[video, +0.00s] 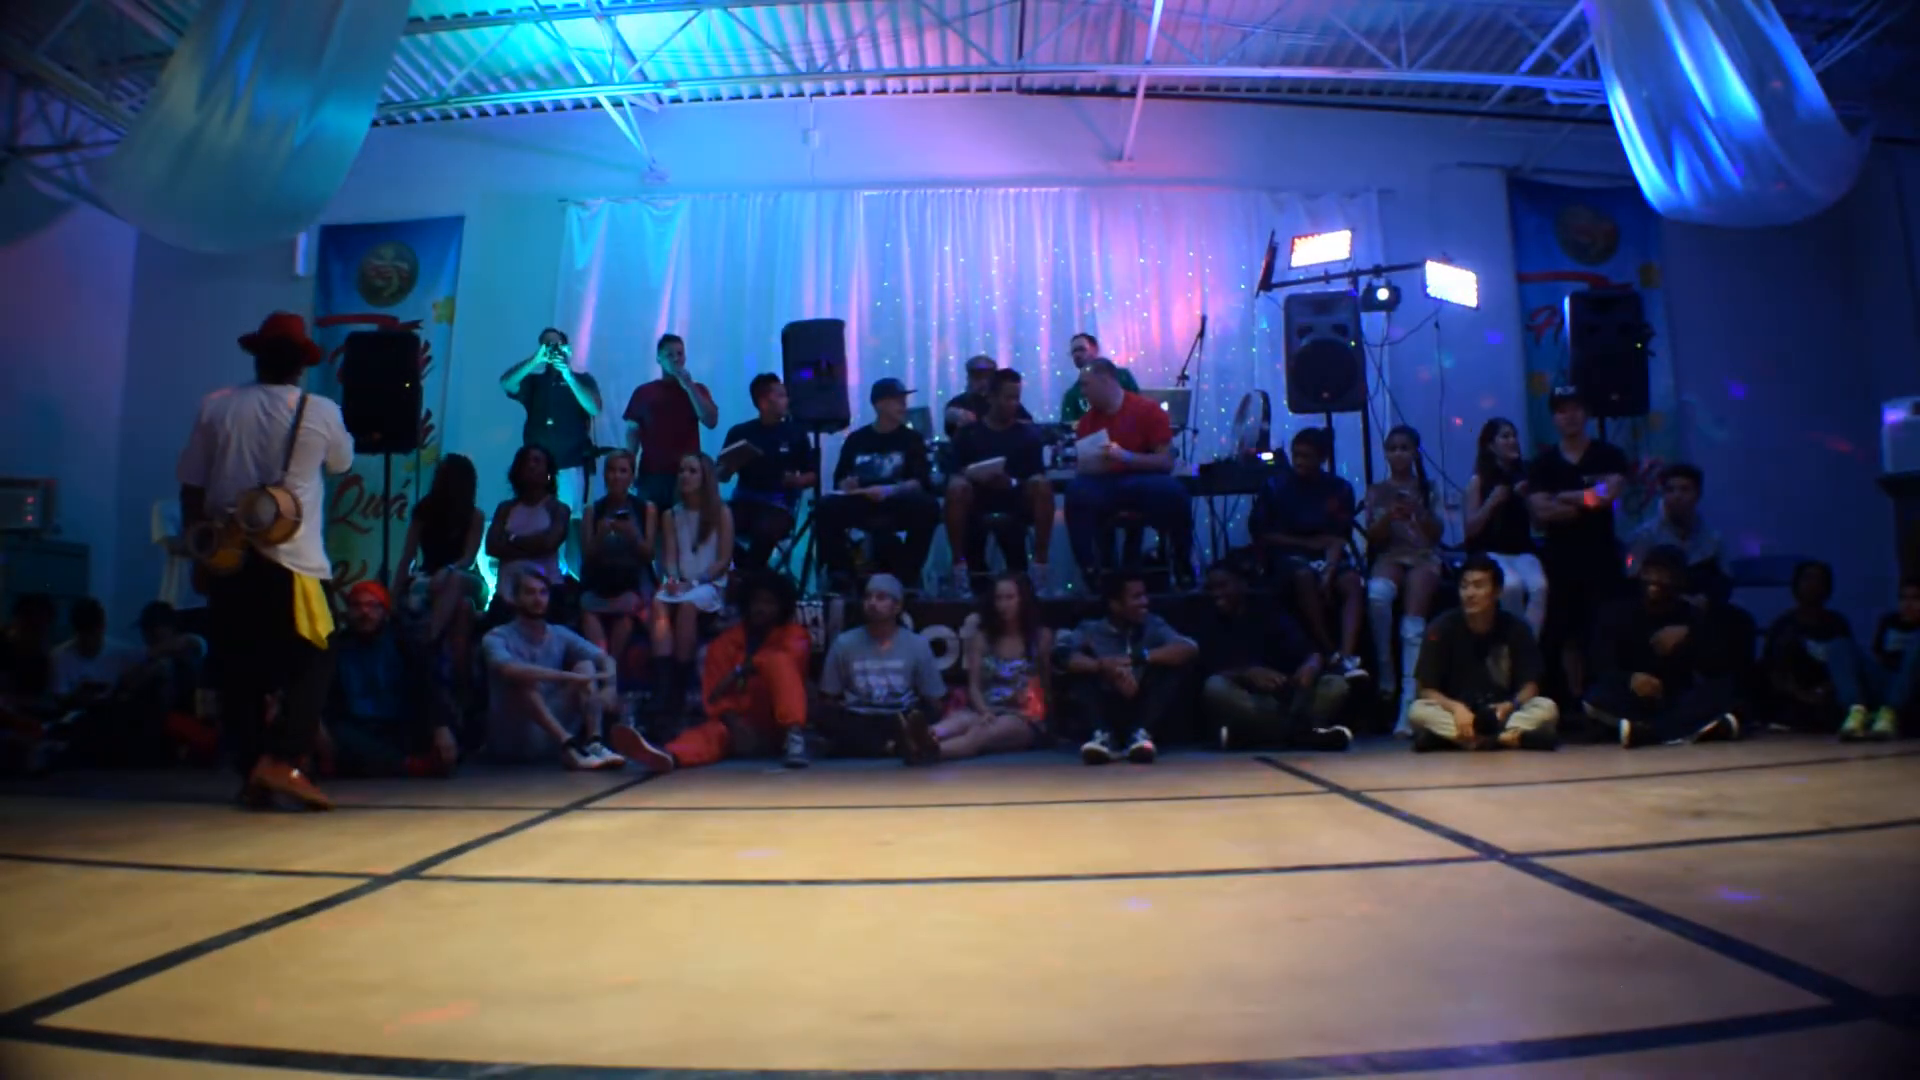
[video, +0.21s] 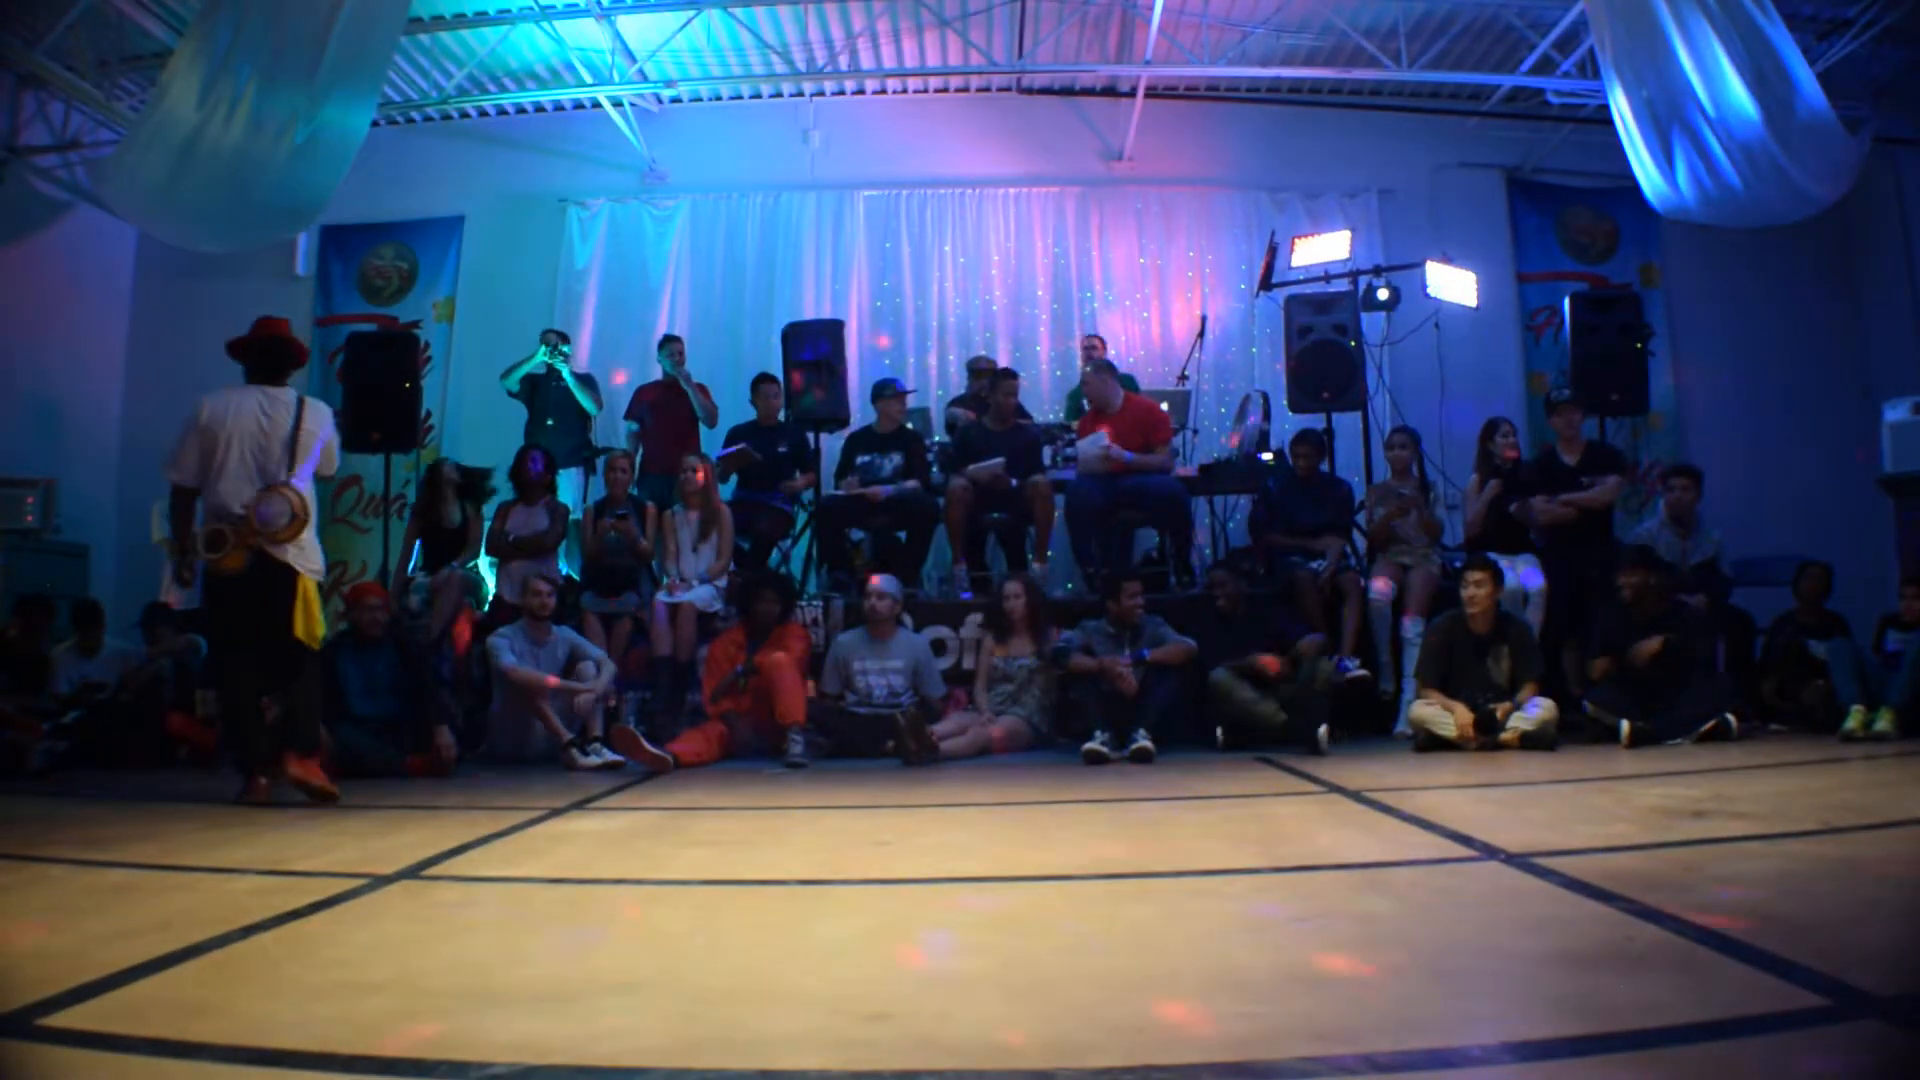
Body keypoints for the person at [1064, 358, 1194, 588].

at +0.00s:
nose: (1082, 391)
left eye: (1086, 384)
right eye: (1081, 385)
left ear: (1106, 380)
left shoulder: (1148, 410)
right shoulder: (1087, 422)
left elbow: (1165, 460)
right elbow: (1083, 463)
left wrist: (1125, 456)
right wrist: (1098, 463)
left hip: (1144, 481)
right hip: (1103, 482)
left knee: (1175, 495)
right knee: (1076, 495)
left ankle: (1182, 567)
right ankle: (1090, 570)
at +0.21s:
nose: (1083, 390)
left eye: (1087, 383)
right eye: (1082, 384)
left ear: (1107, 381)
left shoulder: (1148, 411)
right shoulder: (1088, 422)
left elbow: (1165, 460)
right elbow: (1082, 464)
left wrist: (1125, 457)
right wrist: (1098, 463)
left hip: (1144, 480)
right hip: (1103, 481)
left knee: (1174, 493)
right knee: (1077, 495)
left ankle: (1182, 565)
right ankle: (1090, 571)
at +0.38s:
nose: (1082, 390)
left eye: (1086, 383)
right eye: (1082, 384)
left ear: (1106, 381)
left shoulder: (1148, 411)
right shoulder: (1087, 422)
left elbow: (1165, 460)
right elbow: (1082, 464)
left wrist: (1126, 458)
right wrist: (1097, 464)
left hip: (1143, 481)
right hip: (1103, 482)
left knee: (1175, 495)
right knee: (1077, 495)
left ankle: (1182, 565)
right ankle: (1090, 571)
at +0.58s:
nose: (1085, 390)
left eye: (1088, 383)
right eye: (1084, 384)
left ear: (1107, 380)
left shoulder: (1148, 411)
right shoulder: (1088, 421)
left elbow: (1165, 460)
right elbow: (1081, 463)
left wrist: (1125, 460)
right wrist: (1098, 463)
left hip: (1142, 482)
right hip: (1103, 483)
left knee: (1173, 494)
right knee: (1077, 495)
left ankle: (1182, 568)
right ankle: (1090, 571)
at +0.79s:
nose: (1087, 388)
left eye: (1091, 381)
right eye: (1087, 382)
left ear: (1112, 380)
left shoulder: (1148, 411)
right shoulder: (1089, 420)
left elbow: (1166, 462)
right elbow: (1080, 464)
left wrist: (1130, 469)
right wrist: (1097, 465)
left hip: (1142, 483)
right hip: (1104, 484)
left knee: (1170, 491)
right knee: (1078, 492)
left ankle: (1181, 568)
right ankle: (1091, 571)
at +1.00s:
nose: (1092, 386)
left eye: (1097, 379)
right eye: (1092, 380)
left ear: (1119, 380)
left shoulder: (1153, 413)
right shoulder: (1092, 418)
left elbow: (1169, 463)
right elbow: (1083, 460)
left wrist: (1134, 468)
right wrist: (1102, 460)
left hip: (1143, 482)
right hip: (1106, 482)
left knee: (1174, 493)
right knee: (1079, 490)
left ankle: (1181, 569)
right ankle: (1091, 570)